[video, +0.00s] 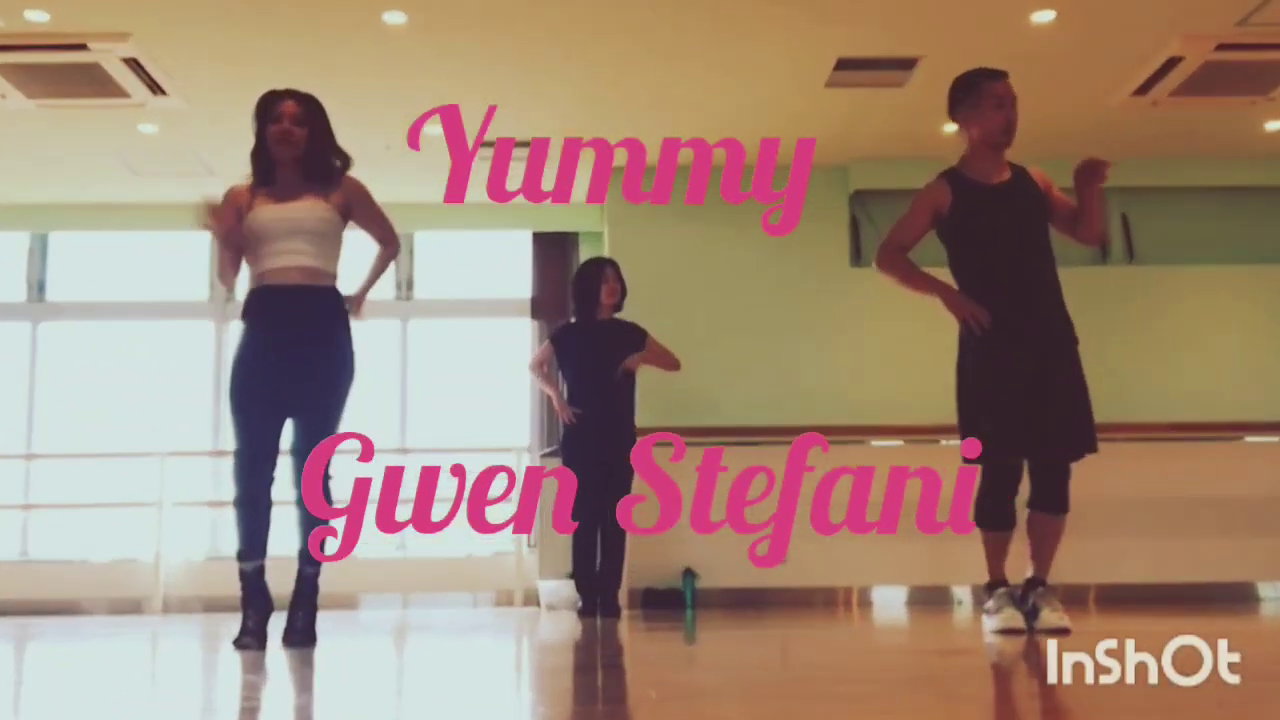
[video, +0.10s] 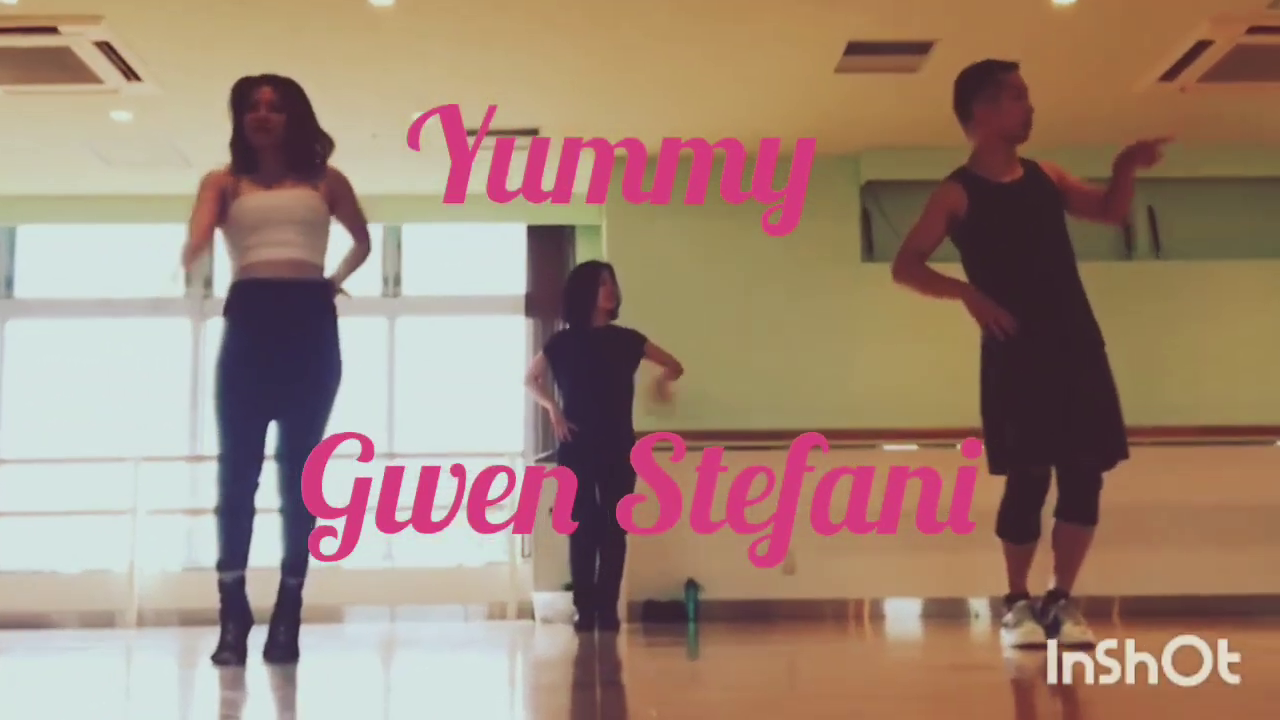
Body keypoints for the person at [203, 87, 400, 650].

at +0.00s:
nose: (287, 129)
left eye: (298, 121)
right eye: (277, 121)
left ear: (316, 133)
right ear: (261, 132)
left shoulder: (341, 189)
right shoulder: (244, 197)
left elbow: (390, 243)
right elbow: (227, 280)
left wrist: (360, 294)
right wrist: (225, 232)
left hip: (323, 326)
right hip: (264, 326)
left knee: (313, 465)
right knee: (252, 468)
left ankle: (307, 594)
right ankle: (253, 595)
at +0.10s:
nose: (264, 116)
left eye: (277, 107)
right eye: (253, 107)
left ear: (297, 119)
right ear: (238, 120)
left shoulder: (326, 179)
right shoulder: (223, 181)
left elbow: (363, 241)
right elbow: (198, 238)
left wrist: (333, 283)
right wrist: (196, 270)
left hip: (311, 319)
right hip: (250, 319)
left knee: (297, 472)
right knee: (239, 472)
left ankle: (290, 603)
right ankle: (233, 606)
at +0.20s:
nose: (246, 105)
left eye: (259, 96)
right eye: (235, 99)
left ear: (282, 112)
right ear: (224, 118)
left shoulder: (315, 185)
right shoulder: (212, 172)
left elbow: (331, 249)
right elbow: (150, 197)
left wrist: (323, 280)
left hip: (309, 332)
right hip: (245, 332)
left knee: (289, 476)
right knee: (233, 479)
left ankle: (279, 614)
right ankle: (226, 616)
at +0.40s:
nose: (229, 122)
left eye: (240, 114)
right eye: (220, 119)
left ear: (268, 129)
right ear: (214, 140)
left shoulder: (303, 200)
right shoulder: (205, 186)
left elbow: (297, 265)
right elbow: (125, 158)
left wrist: (314, 299)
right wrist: (37, 130)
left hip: (309, 352)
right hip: (247, 354)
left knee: (294, 490)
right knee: (245, 486)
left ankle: (274, 619)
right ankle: (230, 620)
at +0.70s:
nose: (259, 157)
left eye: (269, 149)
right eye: (249, 156)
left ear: (294, 162)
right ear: (243, 175)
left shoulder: (326, 226)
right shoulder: (238, 219)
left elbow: (330, 290)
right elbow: (173, 158)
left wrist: (340, 323)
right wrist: (107, 105)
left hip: (335, 363)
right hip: (278, 367)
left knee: (327, 484)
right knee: (275, 484)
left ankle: (303, 601)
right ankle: (259, 601)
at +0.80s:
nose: (285, 166)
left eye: (295, 159)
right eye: (275, 164)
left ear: (316, 174)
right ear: (269, 183)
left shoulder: (346, 233)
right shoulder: (262, 227)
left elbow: (355, 278)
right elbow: (198, 167)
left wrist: (369, 305)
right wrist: (159, 102)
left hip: (355, 363)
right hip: (300, 366)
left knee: (346, 480)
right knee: (296, 475)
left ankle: (324, 587)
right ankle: (283, 585)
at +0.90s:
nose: (311, 172)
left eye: (320, 164)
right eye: (303, 169)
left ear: (341, 173)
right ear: (296, 183)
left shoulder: (372, 230)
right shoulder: (291, 228)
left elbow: (386, 271)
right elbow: (220, 207)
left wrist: (418, 290)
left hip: (376, 354)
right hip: (327, 356)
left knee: (367, 468)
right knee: (322, 464)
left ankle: (349, 568)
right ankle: (311, 571)